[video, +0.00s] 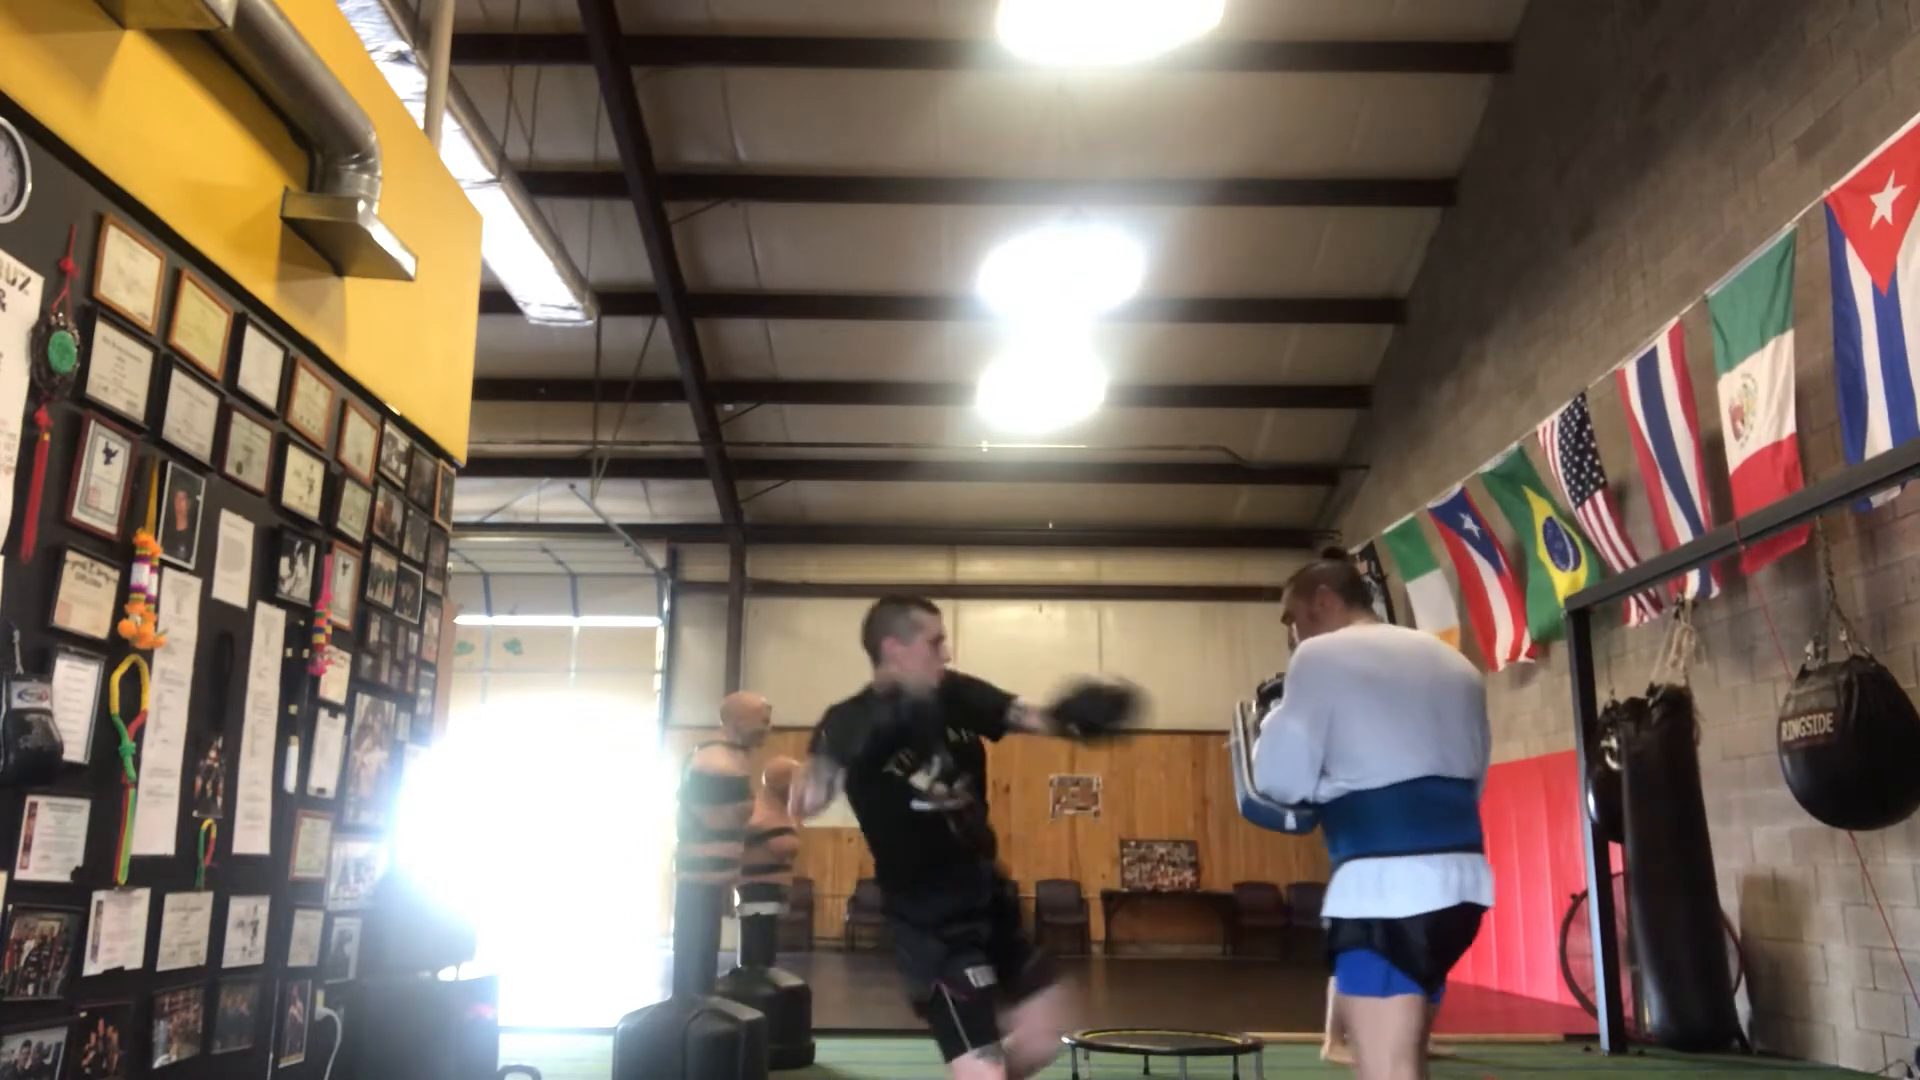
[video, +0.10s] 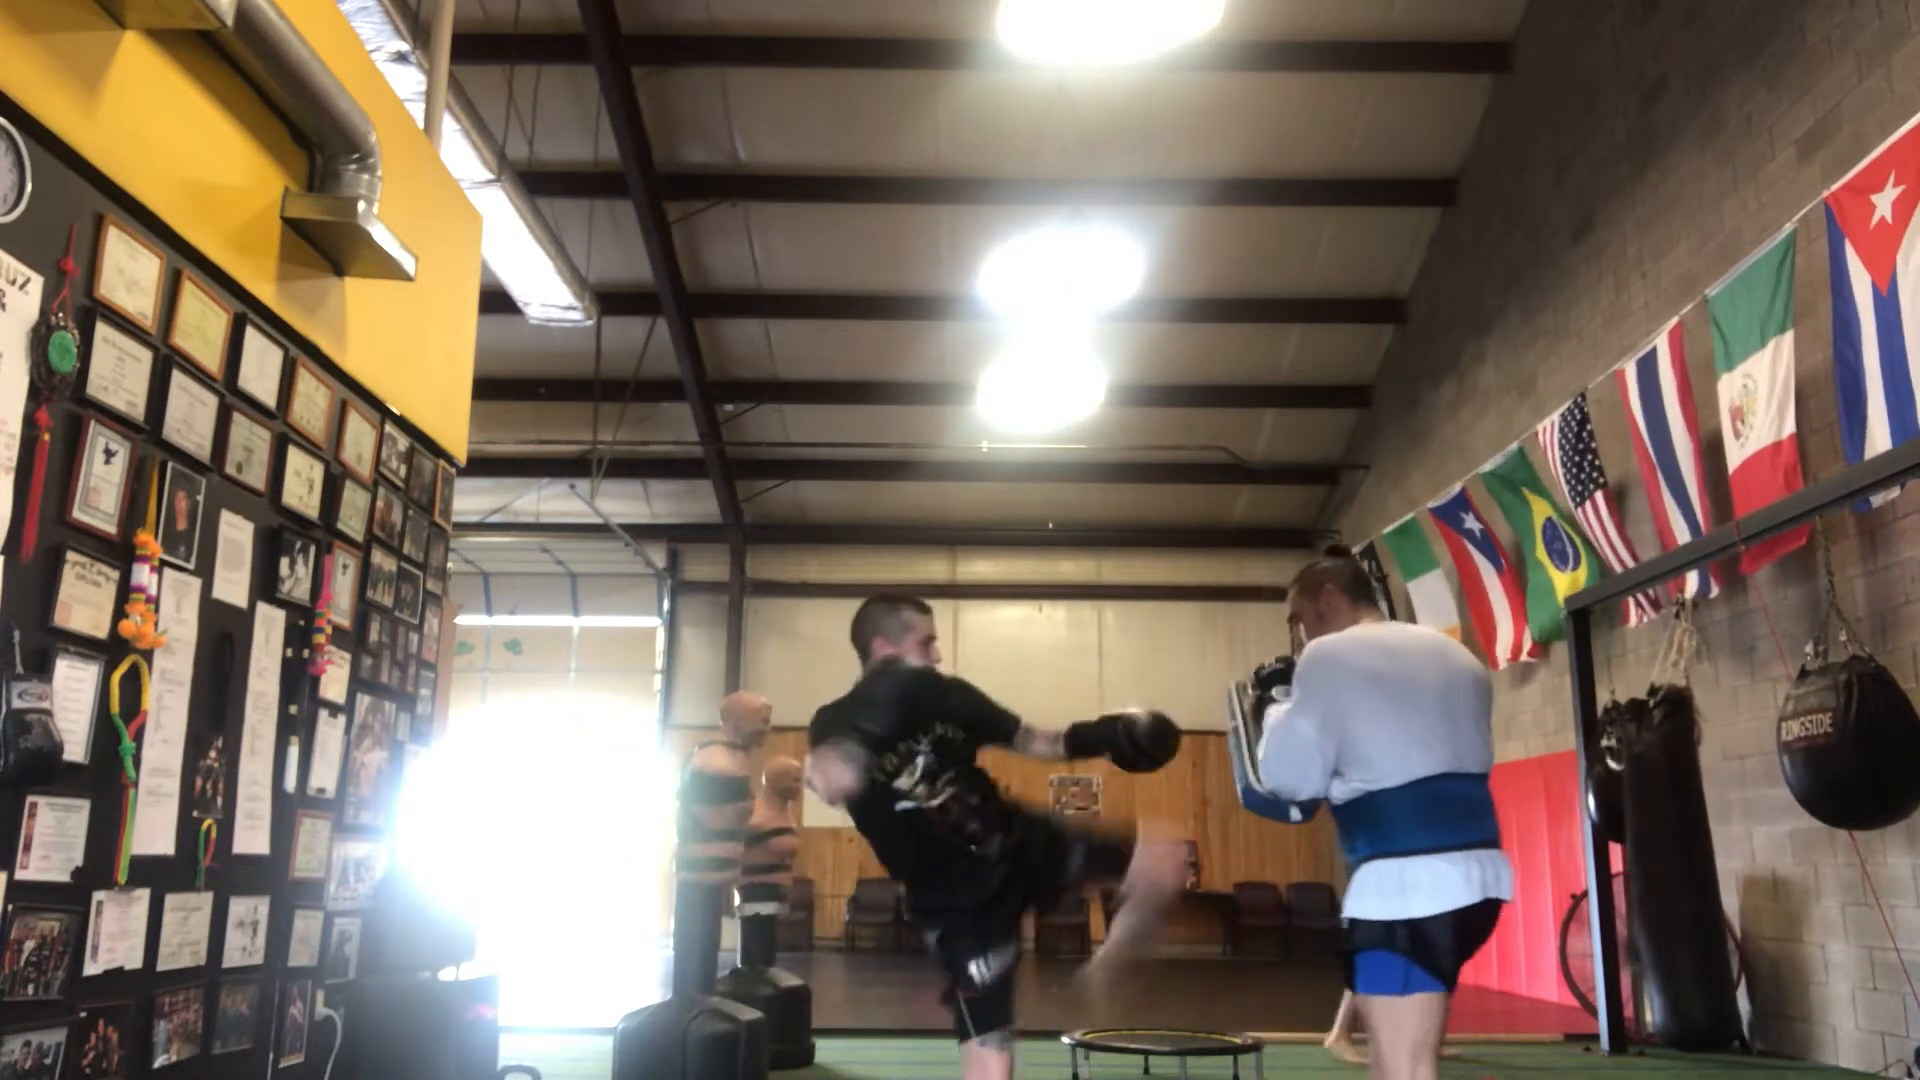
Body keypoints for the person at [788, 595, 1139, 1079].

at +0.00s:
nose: (945, 653)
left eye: (943, 641)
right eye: (933, 643)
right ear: (891, 649)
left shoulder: (956, 694)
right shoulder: (852, 720)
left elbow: (1029, 717)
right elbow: (804, 806)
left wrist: (1075, 716)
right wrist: (872, 724)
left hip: (987, 897)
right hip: (925, 916)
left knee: (1046, 1033)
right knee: (980, 1067)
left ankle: (985, 1071)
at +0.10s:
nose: (936, 655)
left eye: (934, 642)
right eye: (925, 643)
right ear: (882, 649)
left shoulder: (943, 695)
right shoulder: (842, 721)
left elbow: (1032, 739)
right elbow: (834, 778)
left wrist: (1113, 734)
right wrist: (890, 694)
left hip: (1016, 840)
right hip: (958, 896)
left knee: (1161, 867)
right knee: (989, 1054)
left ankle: (1097, 980)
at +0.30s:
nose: (968, 661)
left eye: (967, 650)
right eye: (959, 650)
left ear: (920, 651)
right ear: (918, 651)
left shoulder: (951, 709)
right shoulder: (879, 740)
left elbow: (1022, 757)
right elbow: (972, 803)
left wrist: (1065, 692)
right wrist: (992, 718)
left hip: (1041, 837)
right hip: (990, 910)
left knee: (1186, 807)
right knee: (1021, 1066)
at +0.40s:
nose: (991, 651)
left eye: (990, 640)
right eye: (982, 640)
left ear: (947, 644)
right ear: (943, 643)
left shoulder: (959, 700)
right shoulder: (905, 720)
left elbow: (1010, 762)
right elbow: (1006, 772)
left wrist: (1032, 684)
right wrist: (1029, 684)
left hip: (1038, 853)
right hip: (986, 905)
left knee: (1184, 872)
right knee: (1020, 1066)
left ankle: (1256, 959)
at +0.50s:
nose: (1014, 642)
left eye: (1013, 632)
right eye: (1006, 631)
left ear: (969, 633)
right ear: (969, 633)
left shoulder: (973, 699)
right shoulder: (932, 706)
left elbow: (1027, 765)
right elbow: (1034, 767)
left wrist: (1028, 691)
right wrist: (1049, 683)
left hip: (1043, 883)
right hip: (987, 907)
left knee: (1158, 970)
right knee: (1020, 1070)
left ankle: (1165, 1071)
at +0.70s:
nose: (1063, 651)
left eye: (1063, 640)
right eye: (1056, 639)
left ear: (1024, 640)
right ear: (1020, 638)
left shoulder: (1038, 705)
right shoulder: (968, 700)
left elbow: (1085, 783)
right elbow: (1046, 778)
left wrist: (1122, 723)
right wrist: (1076, 698)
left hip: (1042, 904)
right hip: (979, 909)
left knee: (1072, 1066)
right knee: (1008, 1068)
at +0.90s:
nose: (1060, 677)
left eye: (1061, 666)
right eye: (1052, 664)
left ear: (1018, 660)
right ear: (1014, 659)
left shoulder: (1051, 726)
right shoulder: (945, 721)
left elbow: (1132, 788)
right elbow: (1007, 800)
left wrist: (1208, 768)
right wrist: (1052, 721)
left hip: (1032, 929)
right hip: (963, 933)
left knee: (1101, 1071)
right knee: (981, 1071)